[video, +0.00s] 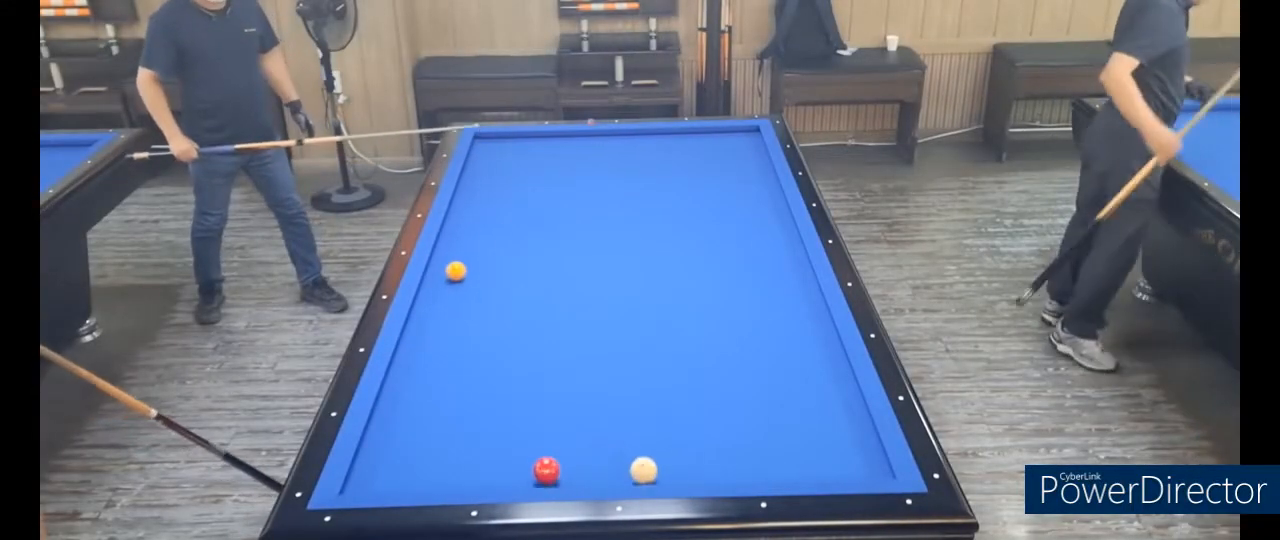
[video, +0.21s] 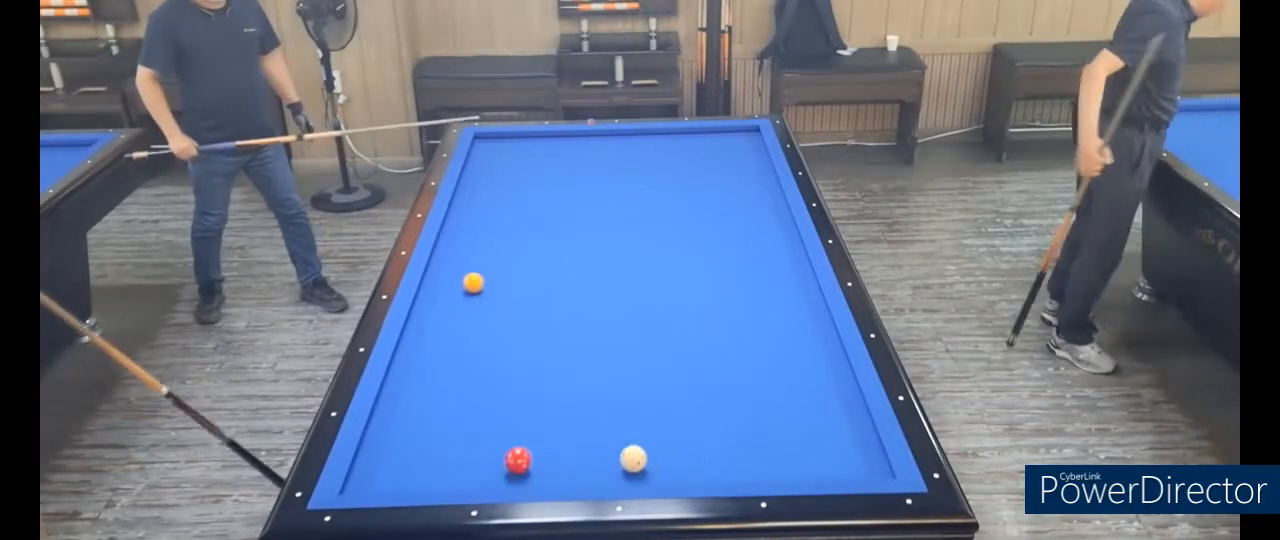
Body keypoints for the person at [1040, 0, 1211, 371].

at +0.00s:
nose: (1205, 0)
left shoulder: (1158, 8)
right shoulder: (1163, 12)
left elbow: (1137, 66)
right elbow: (1114, 74)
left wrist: (1179, 83)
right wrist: (1154, 131)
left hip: (1114, 132)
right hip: (1132, 143)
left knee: (1090, 220)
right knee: (1119, 239)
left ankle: (1060, 299)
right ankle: (1076, 331)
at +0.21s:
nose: (1222, 7)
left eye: (1224, 3)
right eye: (1223, 2)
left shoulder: (1171, 16)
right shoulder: (1159, 17)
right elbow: (1094, 71)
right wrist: (1088, 143)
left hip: (1131, 136)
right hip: (1128, 141)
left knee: (1092, 227)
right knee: (1105, 241)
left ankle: (1059, 304)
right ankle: (1071, 335)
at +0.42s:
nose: (1230, 15)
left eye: (1233, 9)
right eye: (1233, 7)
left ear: (1211, 1)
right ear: (1220, 3)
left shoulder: (1161, 9)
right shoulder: (1167, 19)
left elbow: (1103, 55)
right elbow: (1100, 72)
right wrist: (1068, 139)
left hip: (1113, 139)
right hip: (1118, 146)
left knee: (1092, 233)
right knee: (1101, 244)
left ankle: (1062, 303)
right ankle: (1069, 334)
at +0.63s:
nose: (1228, 17)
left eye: (1232, 11)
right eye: (1231, 9)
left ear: (1212, 1)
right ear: (1217, 1)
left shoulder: (1166, 13)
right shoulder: (1168, 18)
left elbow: (1112, 66)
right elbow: (1108, 66)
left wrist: (1090, 136)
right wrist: (1085, 137)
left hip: (1123, 143)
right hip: (1124, 149)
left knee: (1104, 236)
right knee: (1117, 248)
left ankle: (1071, 308)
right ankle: (1072, 334)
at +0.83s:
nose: (1233, 15)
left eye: (1235, 8)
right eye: (1234, 6)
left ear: (1213, 2)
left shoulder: (1179, 21)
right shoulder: (1165, 19)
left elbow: (1122, 77)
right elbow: (1106, 71)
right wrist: (1084, 139)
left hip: (1136, 148)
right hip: (1125, 151)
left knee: (1102, 237)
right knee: (1130, 254)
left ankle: (1068, 309)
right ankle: (1083, 347)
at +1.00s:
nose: (1237, 15)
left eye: (1238, 8)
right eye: (1236, 6)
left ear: (1217, 4)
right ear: (1215, 1)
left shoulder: (1194, 28)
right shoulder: (1163, 26)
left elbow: (1154, 91)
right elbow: (1099, 87)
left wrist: (1164, 140)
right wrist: (1076, 156)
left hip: (1150, 155)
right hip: (1123, 155)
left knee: (1105, 237)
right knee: (1122, 266)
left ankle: (1071, 306)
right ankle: (1104, 367)